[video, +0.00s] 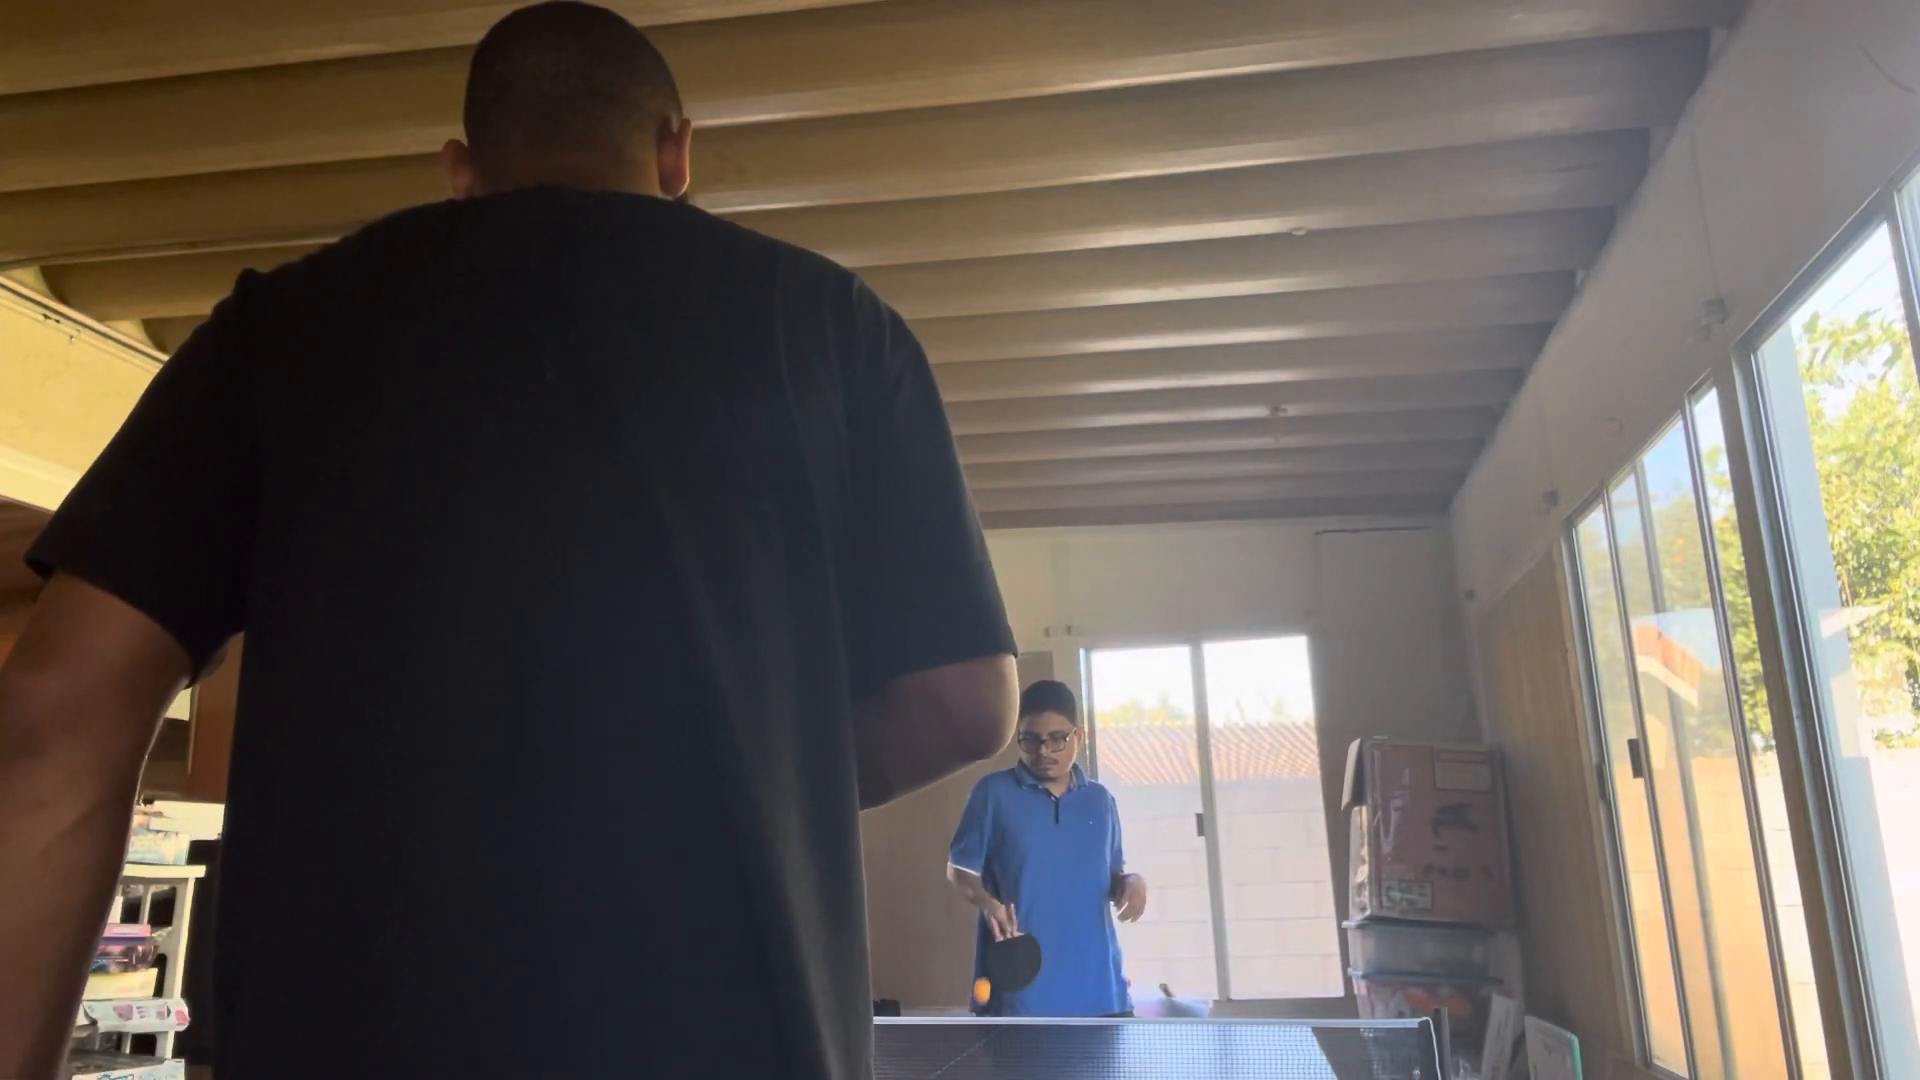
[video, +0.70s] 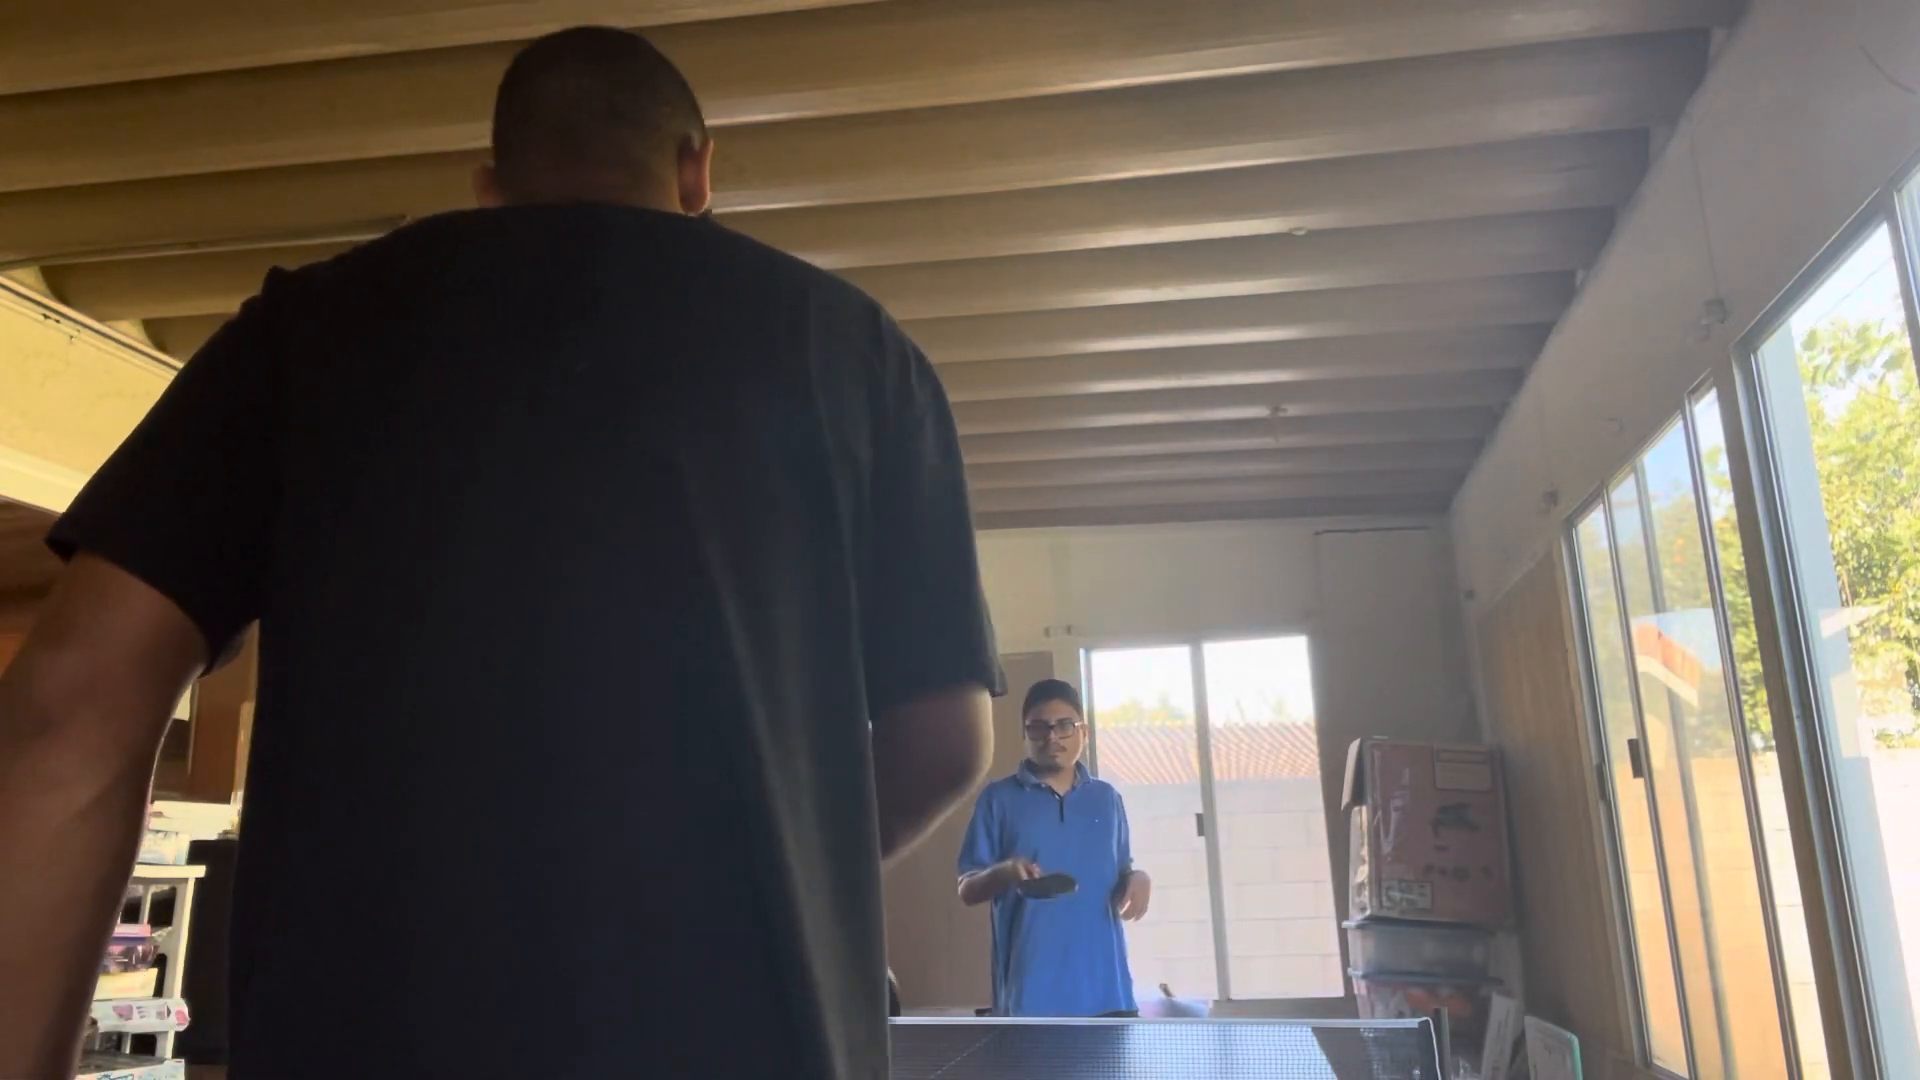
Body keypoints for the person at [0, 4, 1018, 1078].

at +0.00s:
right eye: (690, 156)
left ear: (460, 166)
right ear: (677, 157)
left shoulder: (290, 321)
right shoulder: (828, 317)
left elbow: (64, 700)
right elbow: (956, 705)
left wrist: (27, 1050)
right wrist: (738, 781)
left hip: (343, 1035)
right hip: (729, 1036)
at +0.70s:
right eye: (710, 179)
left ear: (486, 176)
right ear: (697, 174)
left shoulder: (314, 321)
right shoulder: (851, 341)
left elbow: (70, 708)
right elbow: (940, 746)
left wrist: (34, 1055)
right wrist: (765, 902)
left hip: (360, 1032)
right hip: (746, 1039)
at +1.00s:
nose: (764, 257)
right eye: (766, 237)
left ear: (563, 217)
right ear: (751, 231)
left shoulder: (382, 310)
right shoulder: (893, 379)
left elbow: (107, 635)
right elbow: (949, 797)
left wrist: (38, 1043)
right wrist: (858, 968)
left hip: (388, 1034)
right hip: (785, 1043)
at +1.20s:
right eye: (785, 253)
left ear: (586, 231)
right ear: (771, 245)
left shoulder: (404, 324)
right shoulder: (899, 353)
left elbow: (142, 620)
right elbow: (1031, 681)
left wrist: (72, 1040)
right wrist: (870, 859)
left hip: (412, 1028)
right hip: (798, 1041)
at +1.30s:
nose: (786, 260)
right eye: (791, 246)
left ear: (592, 225)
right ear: (782, 246)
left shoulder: (409, 328)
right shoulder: (894, 333)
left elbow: (149, 642)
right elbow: (1072, 582)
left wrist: (104, 1048)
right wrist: (911, 789)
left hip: (429, 1025)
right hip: (824, 1030)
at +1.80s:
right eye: (818, 233)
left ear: (626, 224)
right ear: (815, 234)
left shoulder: (447, 333)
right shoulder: (934, 333)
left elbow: (182, 678)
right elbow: (1120, 655)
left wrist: (222, 1056)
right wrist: (984, 650)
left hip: (483, 1039)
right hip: (872, 1041)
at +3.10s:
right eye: (815, 219)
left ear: (613, 220)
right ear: (807, 217)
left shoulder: (453, 348)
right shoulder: (938, 347)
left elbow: (218, 684)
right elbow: (1072, 695)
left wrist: (207, 1057)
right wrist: (972, 760)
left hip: (485, 1035)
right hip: (842, 1040)